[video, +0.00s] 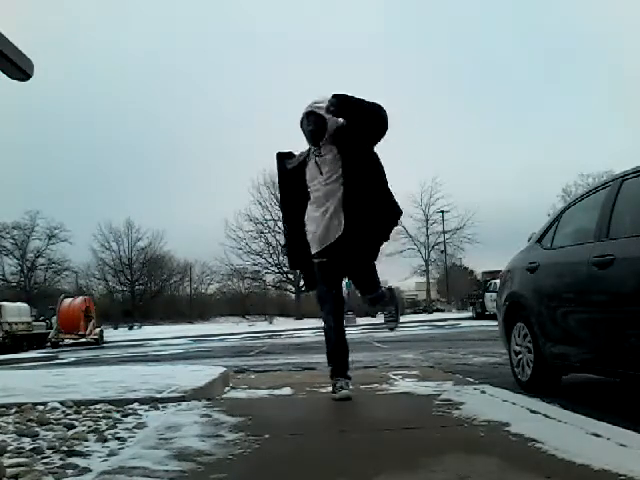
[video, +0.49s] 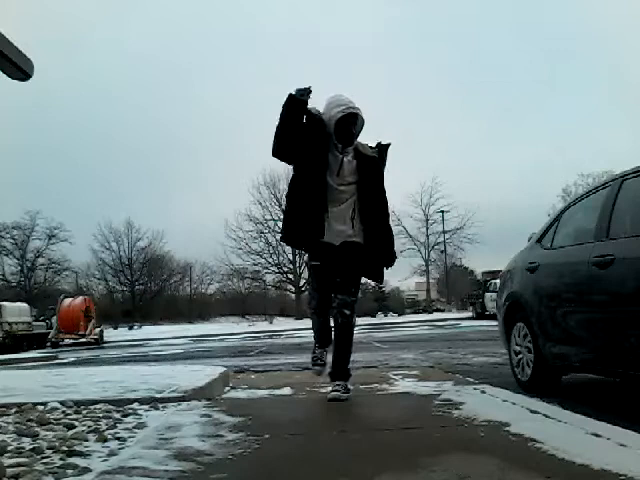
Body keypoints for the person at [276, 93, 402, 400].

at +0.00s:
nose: (309, 127)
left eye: (315, 121)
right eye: (305, 122)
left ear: (328, 123)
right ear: (301, 129)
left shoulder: (350, 143)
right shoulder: (297, 167)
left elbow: (378, 119)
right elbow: (292, 219)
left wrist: (341, 104)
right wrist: (298, 262)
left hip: (356, 237)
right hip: (320, 249)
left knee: (370, 296)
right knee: (332, 315)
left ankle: (388, 303)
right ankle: (339, 378)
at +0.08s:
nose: (314, 140)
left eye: (320, 134)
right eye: (310, 135)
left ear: (336, 135)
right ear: (306, 140)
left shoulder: (351, 160)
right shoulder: (301, 176)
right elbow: (292, 222)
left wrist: (354, 145)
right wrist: (289, 256)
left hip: (352, 249)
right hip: (319, 257)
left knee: (368, 313)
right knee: (332, 320)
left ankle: (384, 294)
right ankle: (341, 380)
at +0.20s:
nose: (330, 150)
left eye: (335, 144)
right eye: (324, 144)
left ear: (345, 146)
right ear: (314, 148)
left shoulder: (360, 177)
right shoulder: (302, 181)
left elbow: (382, 221)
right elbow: (284, 218)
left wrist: (370, 214)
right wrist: (275, 199)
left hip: (356, 260)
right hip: (320, 264)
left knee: (360, 303)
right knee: (334, 325)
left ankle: (383, 316)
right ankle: (341, 381)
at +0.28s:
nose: (343, 134)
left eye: (347, 128)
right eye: (337, 128)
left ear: (352, 131)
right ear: (322, 130)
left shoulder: (363, 164)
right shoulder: (303, 160)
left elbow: (385, 202)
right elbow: (270, 169)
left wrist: (381, 230)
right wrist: (278, 139)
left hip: (353, 247)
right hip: (319, 250)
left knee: (356, 298)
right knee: (333, 315)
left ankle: (376, 346)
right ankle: (340, 377)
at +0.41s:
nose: (349, 124)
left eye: (353, 118)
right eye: (343, 117)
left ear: (355, 118)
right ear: (328, 115)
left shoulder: (365, 150)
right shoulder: (306, 134)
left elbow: (376, 198)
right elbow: (272, 125)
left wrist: (387, 238)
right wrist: (286, 92)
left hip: (355, 235)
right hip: (320, 235)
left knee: (347, 300)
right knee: (327, 301)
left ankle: (350, 371)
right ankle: (333, 362)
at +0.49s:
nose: (349, 130)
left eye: (354, 124)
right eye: (344, 124)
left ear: (359, 126)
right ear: (328, 124)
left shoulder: (369, 159)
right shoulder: (311, 146)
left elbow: (378, 208)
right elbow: (281, 150)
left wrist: (384, 253)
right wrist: (294, 108)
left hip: (354, 244)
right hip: (319, 242)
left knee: (344, 310)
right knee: (320, 304)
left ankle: (340, 378)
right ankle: (321, 346)